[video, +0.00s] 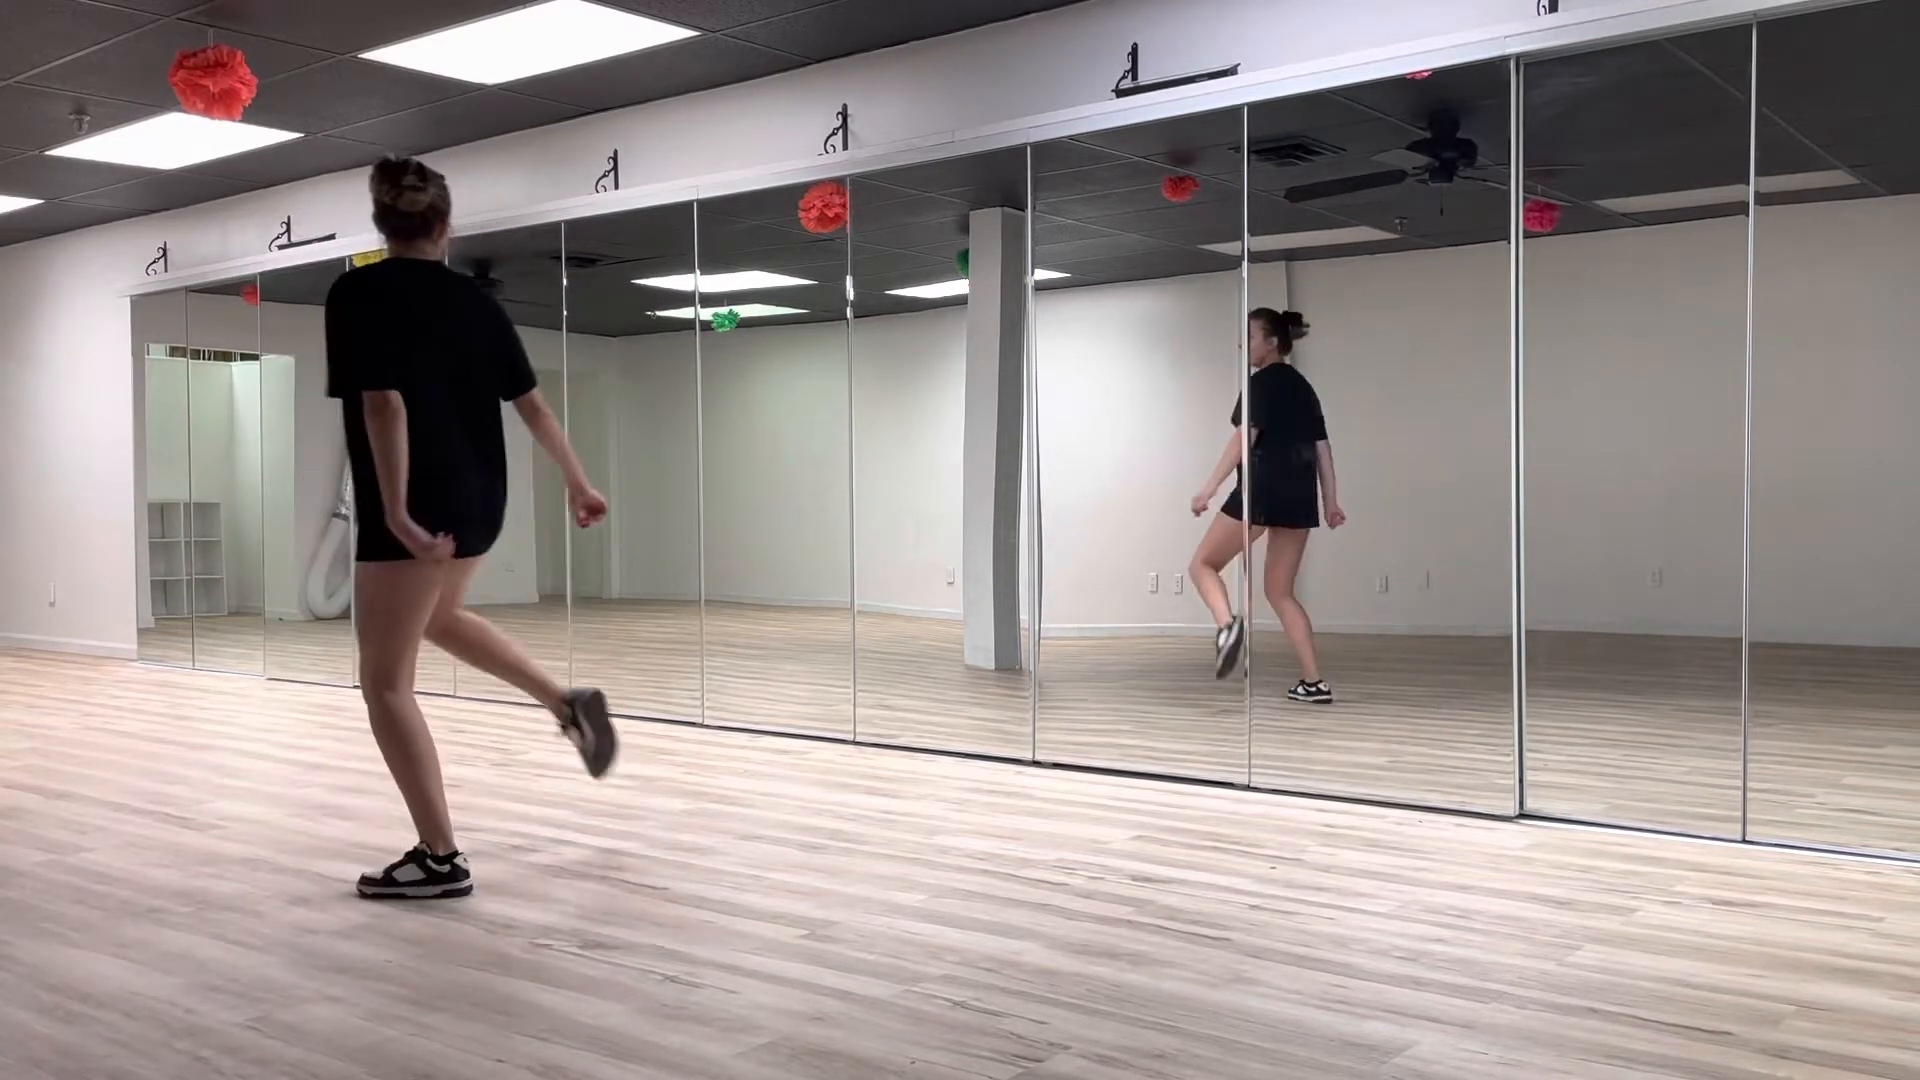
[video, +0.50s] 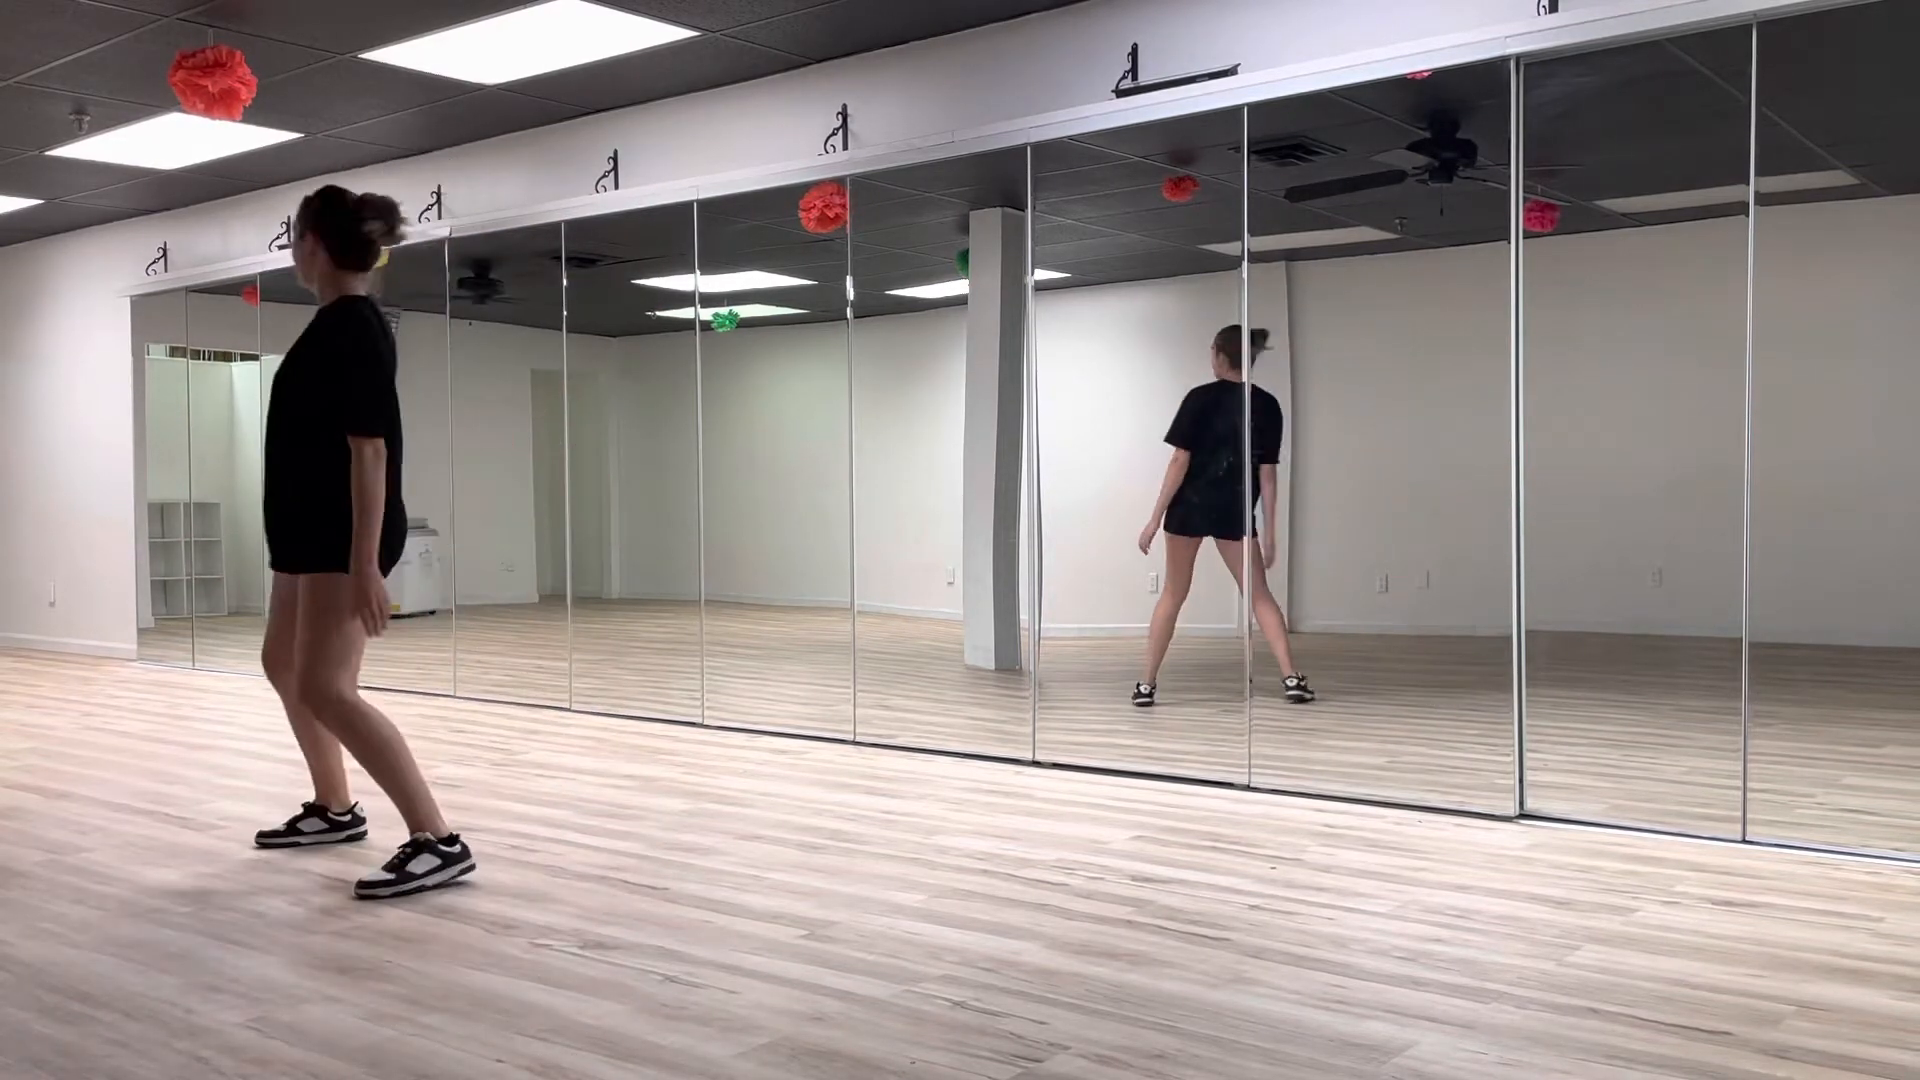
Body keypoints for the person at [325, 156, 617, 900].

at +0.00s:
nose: (447, 230)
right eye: (448, 221)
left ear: (378, 224)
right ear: (446, 225)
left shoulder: (356, 292)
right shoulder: (472, 298)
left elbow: (383, 403)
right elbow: (528, 402)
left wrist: (395, 512)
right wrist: (577, 480)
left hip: (403, 506)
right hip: (479, 497)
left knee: (388, 686)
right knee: (442, 617)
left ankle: (439, 853)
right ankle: (564, 703)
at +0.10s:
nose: (425, 226)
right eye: (429, 217)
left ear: (359, 224)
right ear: (427, 222)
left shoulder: (345, 288)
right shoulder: (450, 296)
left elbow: (362, 398)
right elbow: (501, 402)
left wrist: (356, 504)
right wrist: (539, 480)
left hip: (389, 493)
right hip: (452, 490)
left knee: (378, 682)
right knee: (397, 615)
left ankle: (438, 852)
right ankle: (499, 698)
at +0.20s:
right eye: (412, 211)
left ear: (344, 213)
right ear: (412, 217)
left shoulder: (329, 277)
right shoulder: (432, 290)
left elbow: (344, 388)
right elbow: (470, 396)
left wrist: (336, 491)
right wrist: (501, 480)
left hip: (378, 485)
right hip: (430, 482)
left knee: (378, 676)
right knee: (331, 602)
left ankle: (441, 848)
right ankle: (420, 740)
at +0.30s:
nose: (396, 230)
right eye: (399, 220)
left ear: (330, 222)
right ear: (396, 225)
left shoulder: (320, 289)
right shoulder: (412, 299)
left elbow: (342, 401)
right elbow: (441, 408)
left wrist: (339, 509)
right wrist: (469, 495)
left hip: (363, 505)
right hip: (402, 500)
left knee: (364, 680)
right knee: (331, 638)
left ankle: (445, 844)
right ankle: (331, 781)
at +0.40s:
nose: (307, 248)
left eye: (309, 240)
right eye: (313, 238)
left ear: (316, 248)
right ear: (381, 249)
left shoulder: (339, 324)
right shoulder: (385, 320)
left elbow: (356, 444)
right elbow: (411, 430)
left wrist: (363, 556)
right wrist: (433, 524)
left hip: (342, 541)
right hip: (337, 536)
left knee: (341, 692)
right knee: (303, 658)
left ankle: (444, 845)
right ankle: (336, 805)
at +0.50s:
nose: (292, 251)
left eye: (297, 238)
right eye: (295, 238)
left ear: (318, 246)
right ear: (356, 248)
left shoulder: (357, 327)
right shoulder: (330, 325)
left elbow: (369, 453)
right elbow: (327, 449)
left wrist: (366, 564)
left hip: (340, 541)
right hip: (304, 538)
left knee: (326, 687)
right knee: (282, 664)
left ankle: (437, 840)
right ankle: (334, 807)